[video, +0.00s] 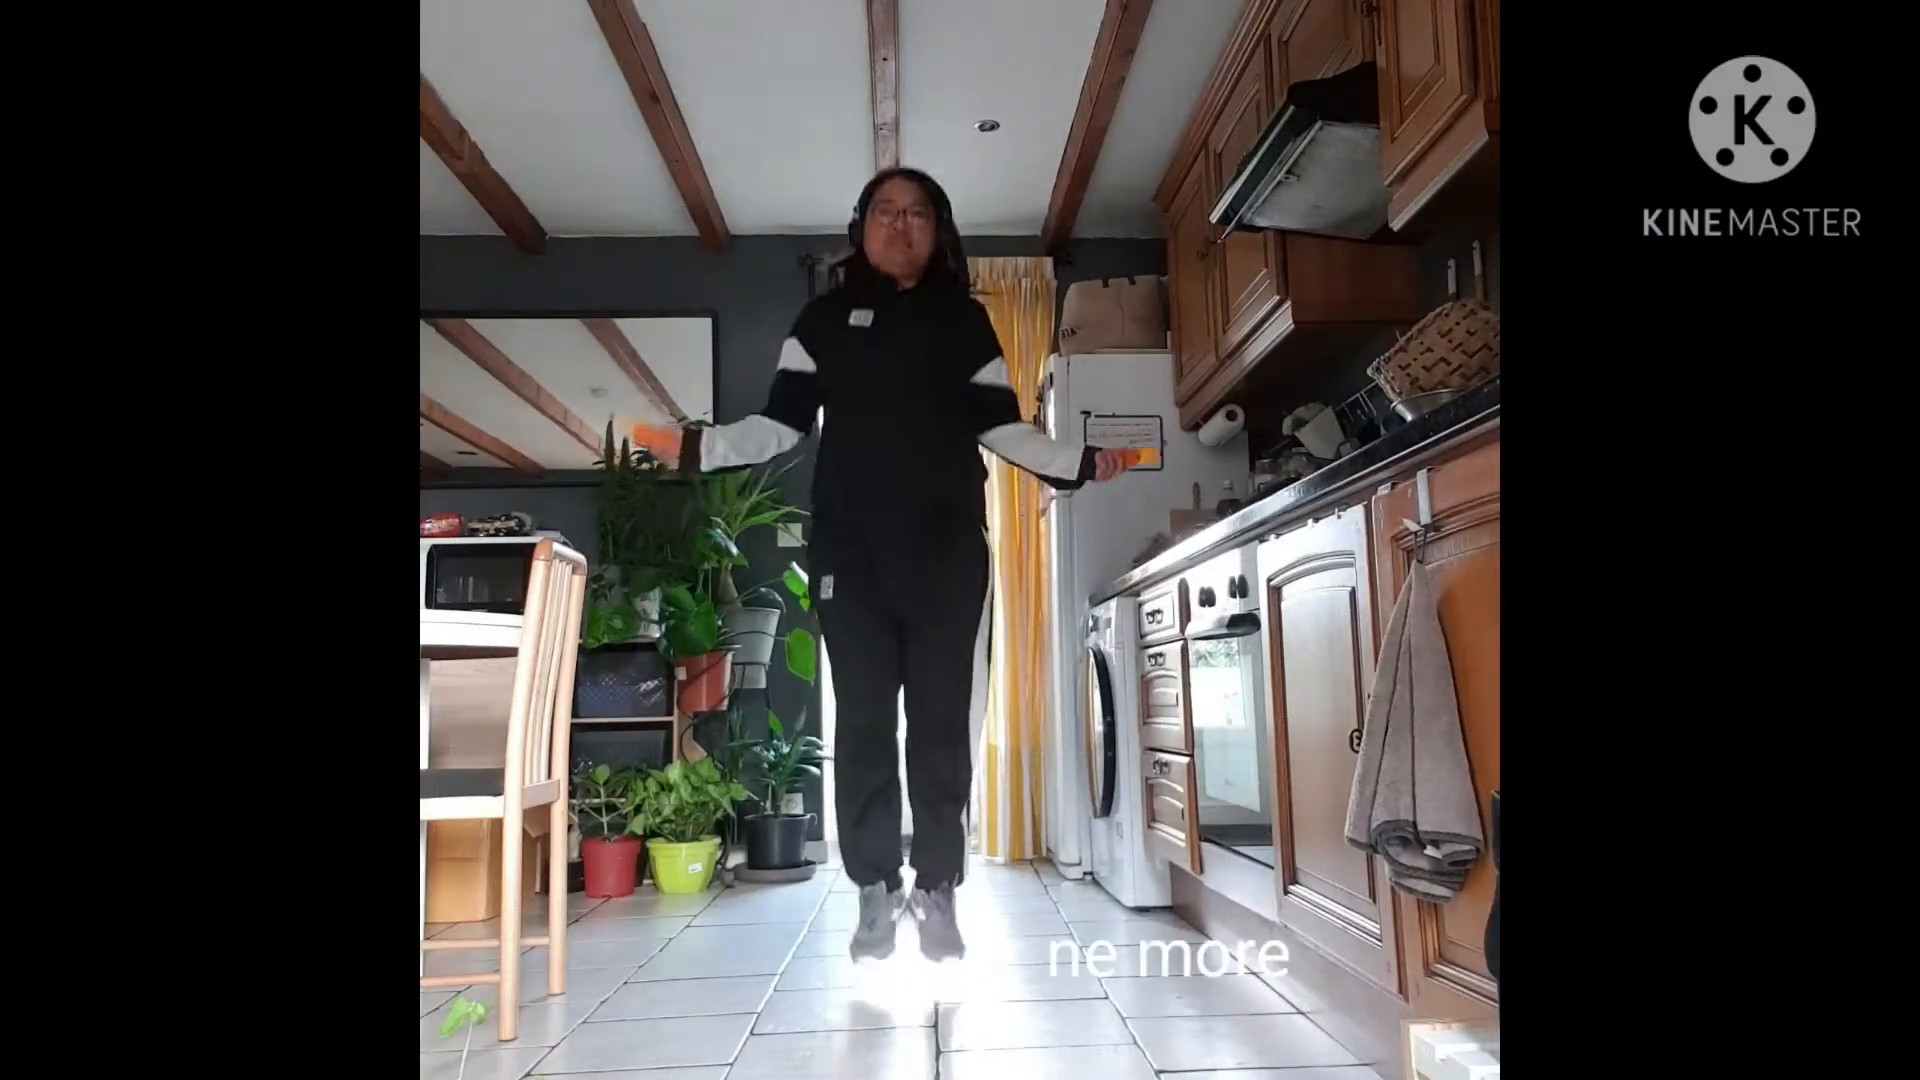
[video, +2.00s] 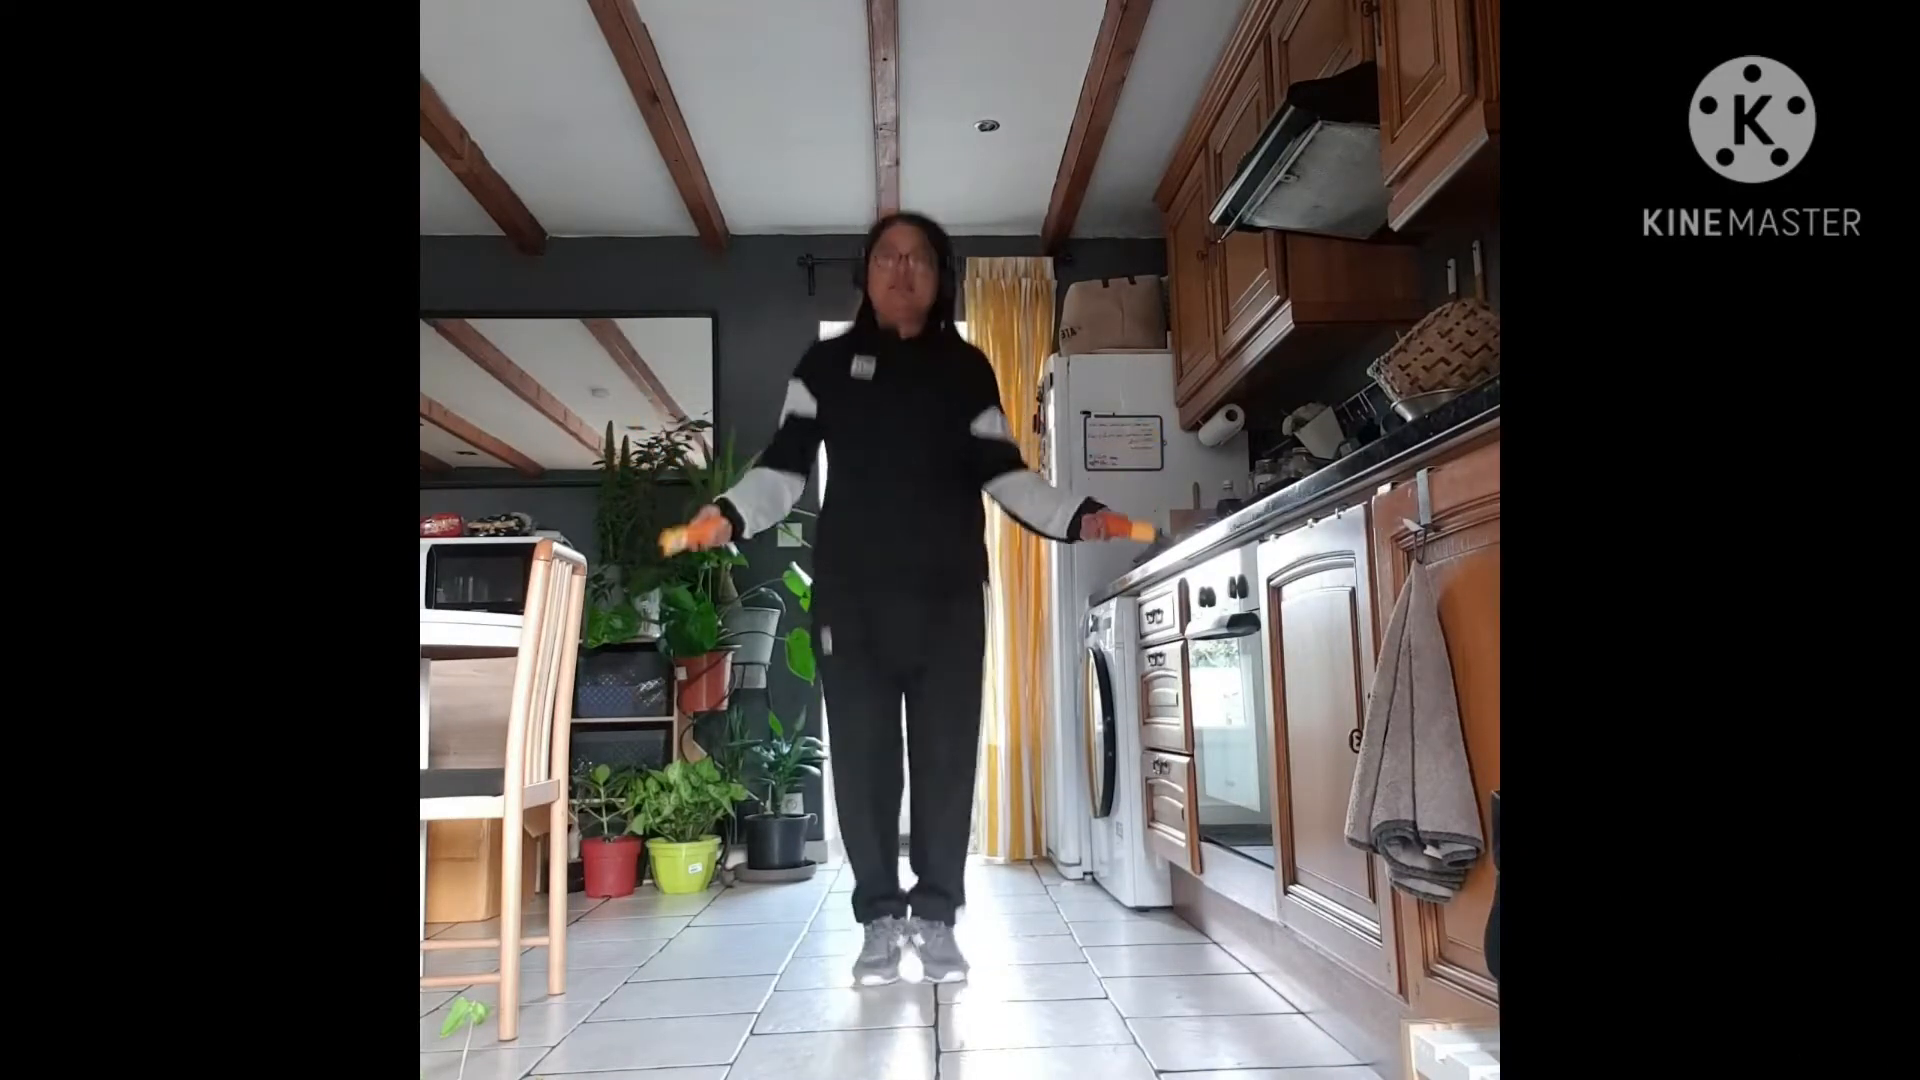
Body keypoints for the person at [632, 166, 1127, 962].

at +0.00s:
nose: (899, 224)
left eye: (915, 213)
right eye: (885, 211)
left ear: (939, 232)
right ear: (860, 229)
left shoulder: (962, 318)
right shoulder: (825, 317)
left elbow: (998, 424)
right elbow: (785, 424)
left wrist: (1068, 464)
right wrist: (706, 443)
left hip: (946, 544)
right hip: (851, 543)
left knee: (941, 720)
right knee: (863, 721)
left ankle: (937, 890)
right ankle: (876, 891)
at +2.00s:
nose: (901, 268)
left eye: (918, 257)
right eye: (887, 255)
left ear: (940, 277)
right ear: (865, 273)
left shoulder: (966, 367)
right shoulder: (827, 364)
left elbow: (1002, 473)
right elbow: (786, 466)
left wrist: (1077, 515)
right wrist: (726, 514)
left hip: (948, 593)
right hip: (852, 592)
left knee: (946, 760)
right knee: (864, 761)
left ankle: (937, 920)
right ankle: (880, 920)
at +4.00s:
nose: (910, 222)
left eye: (925, 213)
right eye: (895, 213)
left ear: (950, 238)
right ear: (871, 237)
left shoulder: (972, 323)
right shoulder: (836, 319)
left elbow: (1009, 428)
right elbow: (786, 424)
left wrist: (1096, 463)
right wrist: (695, 455)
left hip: (953, 548)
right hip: (858, 547)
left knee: (951, 724)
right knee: (870, 725)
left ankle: (941, 891)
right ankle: (882, 896)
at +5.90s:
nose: (908, 275)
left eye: (925, 265)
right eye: (895, 263)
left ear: (947, 287)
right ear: (871, 283)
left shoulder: (971, 372)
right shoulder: (839, 372)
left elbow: (1008, 474)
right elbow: (780, 472)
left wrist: (1087, 484)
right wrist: (708, 464)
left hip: (952, 597)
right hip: (858, 595)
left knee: (946, 764)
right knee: (871, 766)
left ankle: (940, 924)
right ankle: (885, 925)